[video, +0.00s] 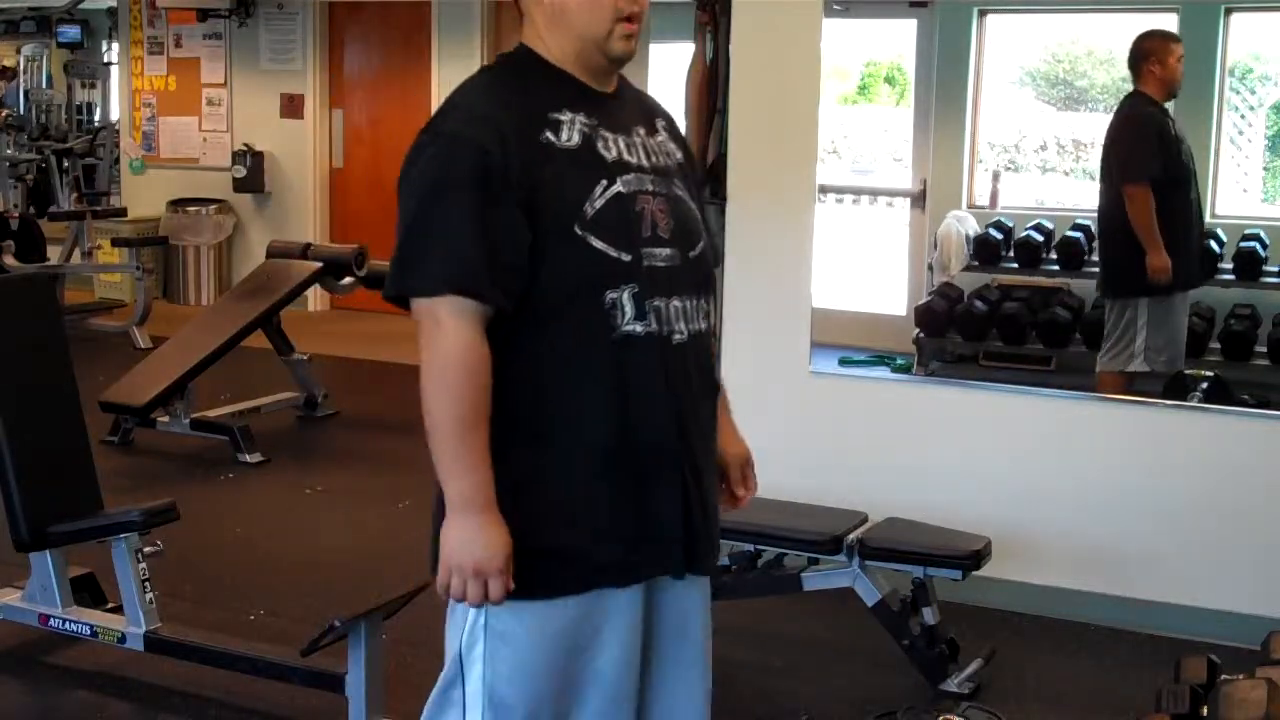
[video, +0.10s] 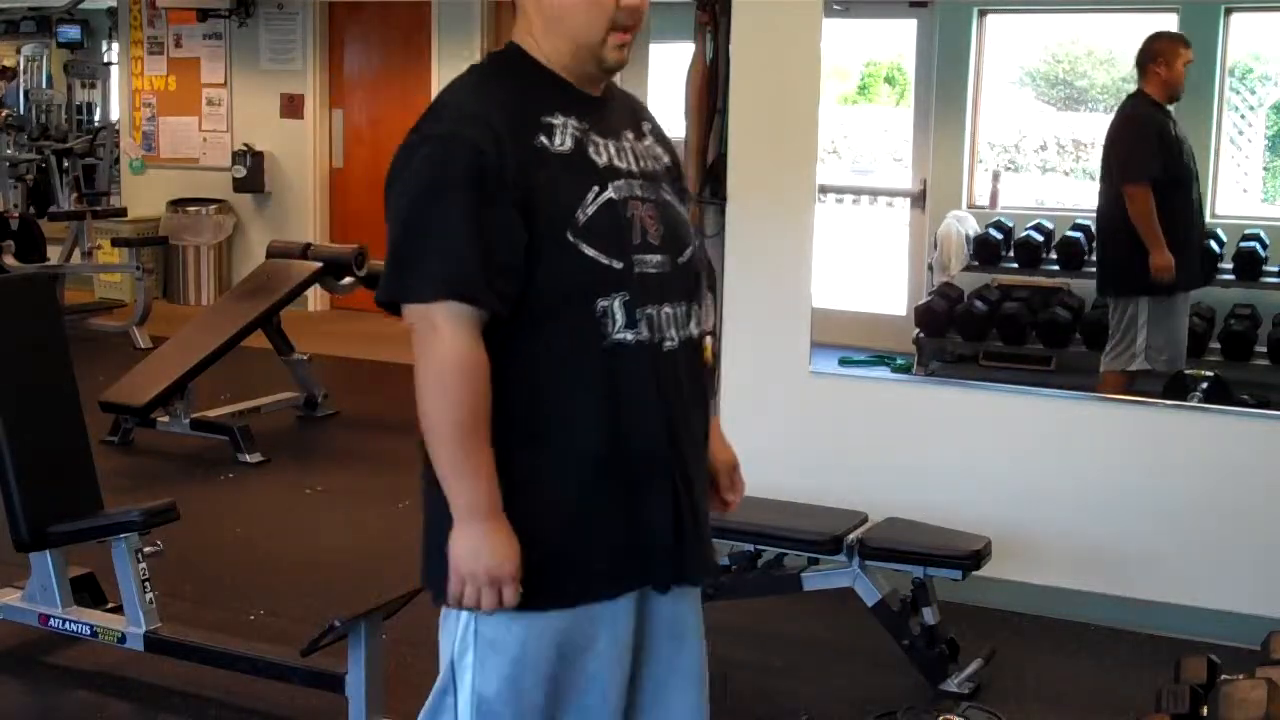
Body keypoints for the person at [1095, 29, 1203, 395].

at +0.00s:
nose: (1183, 68)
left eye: (1182, 61)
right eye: (1178, 61)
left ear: (1153, 67)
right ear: (1154, 66)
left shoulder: (1153, 115)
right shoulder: (1138, 116)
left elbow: (1149, 187)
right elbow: (1134, 189)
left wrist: (1173, 247)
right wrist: (1155, 250)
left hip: (1155, 265)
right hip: (1137, 266)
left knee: (1136, 366)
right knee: (1118, 367)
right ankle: (1107, 444)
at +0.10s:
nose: (1188, 72)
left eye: (1188, 65)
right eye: (1185, 64)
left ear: (1160, 68)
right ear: (1160, 67)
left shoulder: (1156, 116)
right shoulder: (1139, 117)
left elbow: (1154, 188)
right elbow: (1135, 189)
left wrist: (1177, 246)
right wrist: (1158, 249)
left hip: (1158, 264)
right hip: (1137, 265)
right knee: (1121, 366)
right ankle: (1104, 444)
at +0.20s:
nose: (1192, 81)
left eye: (1194, 73)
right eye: (1189, 71)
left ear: (1165, 69)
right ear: (1164, 67)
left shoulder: (1159, 117)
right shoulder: (1139, 116)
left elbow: (1158, 188)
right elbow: (1132, 189)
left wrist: (1180, 244)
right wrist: (1159, 248)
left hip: (1162, 264)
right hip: (1137, 264)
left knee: (1165, 363)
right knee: (1129, 362)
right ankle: (1113, 445)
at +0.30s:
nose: (1196, 83)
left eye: (1198, 74)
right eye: (1193, 73)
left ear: (1169, 71)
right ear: (1167, 69)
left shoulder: (1164, 119)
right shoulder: (1139, 116)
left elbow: (1161, 189)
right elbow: (1126, 188)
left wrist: (1182, 246)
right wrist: (1155, 247)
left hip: (1163, 265)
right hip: (1138, 267)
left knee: (1161, 363)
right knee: (1133, 363)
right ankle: (1109, 445)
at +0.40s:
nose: (1197, 81)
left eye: (1199, 73)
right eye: (1194, 72)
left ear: (1170, 71)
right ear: (1167, 69)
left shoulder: (1166, 118)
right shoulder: (1138, 116)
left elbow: (1167, 189)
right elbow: (1125, 190)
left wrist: (1185, 247)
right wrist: (1147, 248)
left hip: (1166, 263)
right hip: (1139, 266)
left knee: (1149, 364)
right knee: (1132, 364)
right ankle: (1106, 445)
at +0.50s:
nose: (1200, 79)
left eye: (1201, 71)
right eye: (1197, 70)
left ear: (1171, 69)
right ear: (1172, 68)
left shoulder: (1168, 118)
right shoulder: (1140, 115)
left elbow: (1169, 187)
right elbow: (1126, 184)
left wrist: (1183, 245)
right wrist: (1146, 246)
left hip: (1168, 260)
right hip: (1143, 263)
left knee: (1143, 364)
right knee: (1127, 364)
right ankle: (1113, 446)